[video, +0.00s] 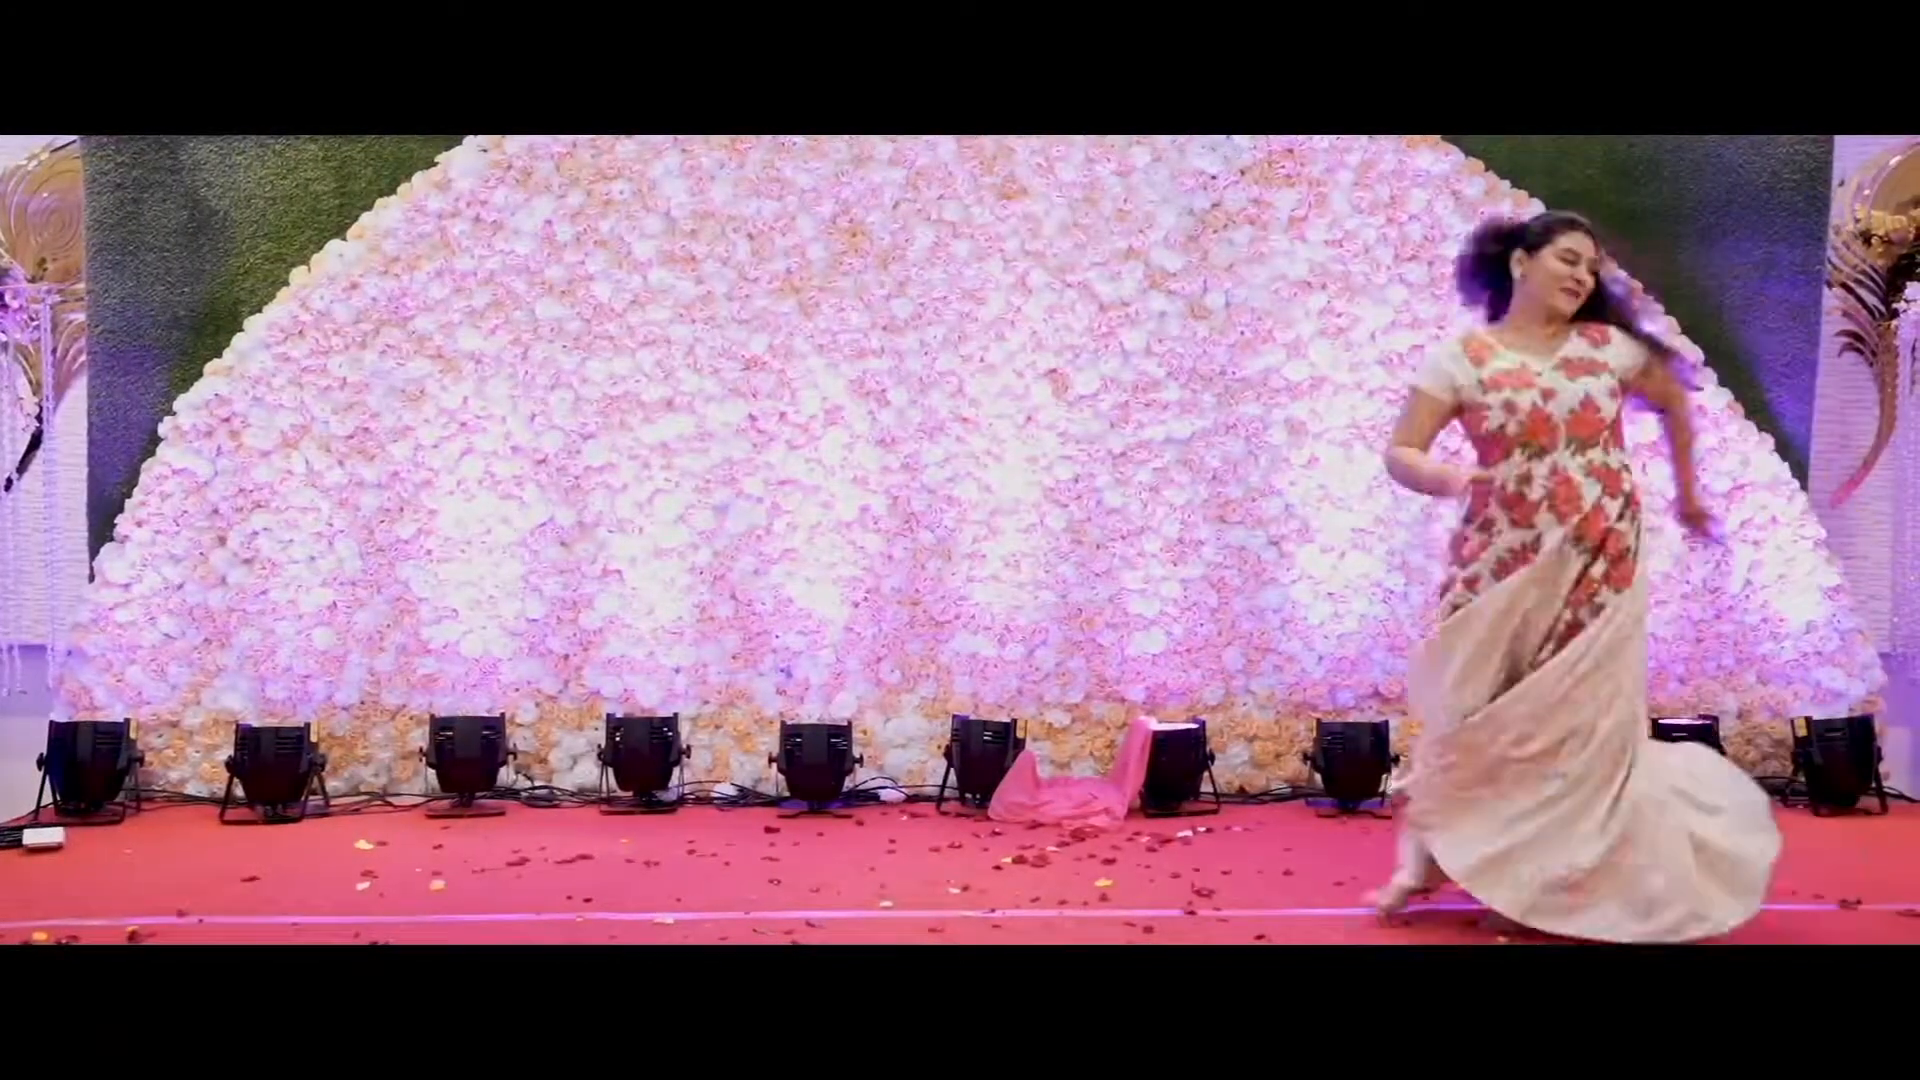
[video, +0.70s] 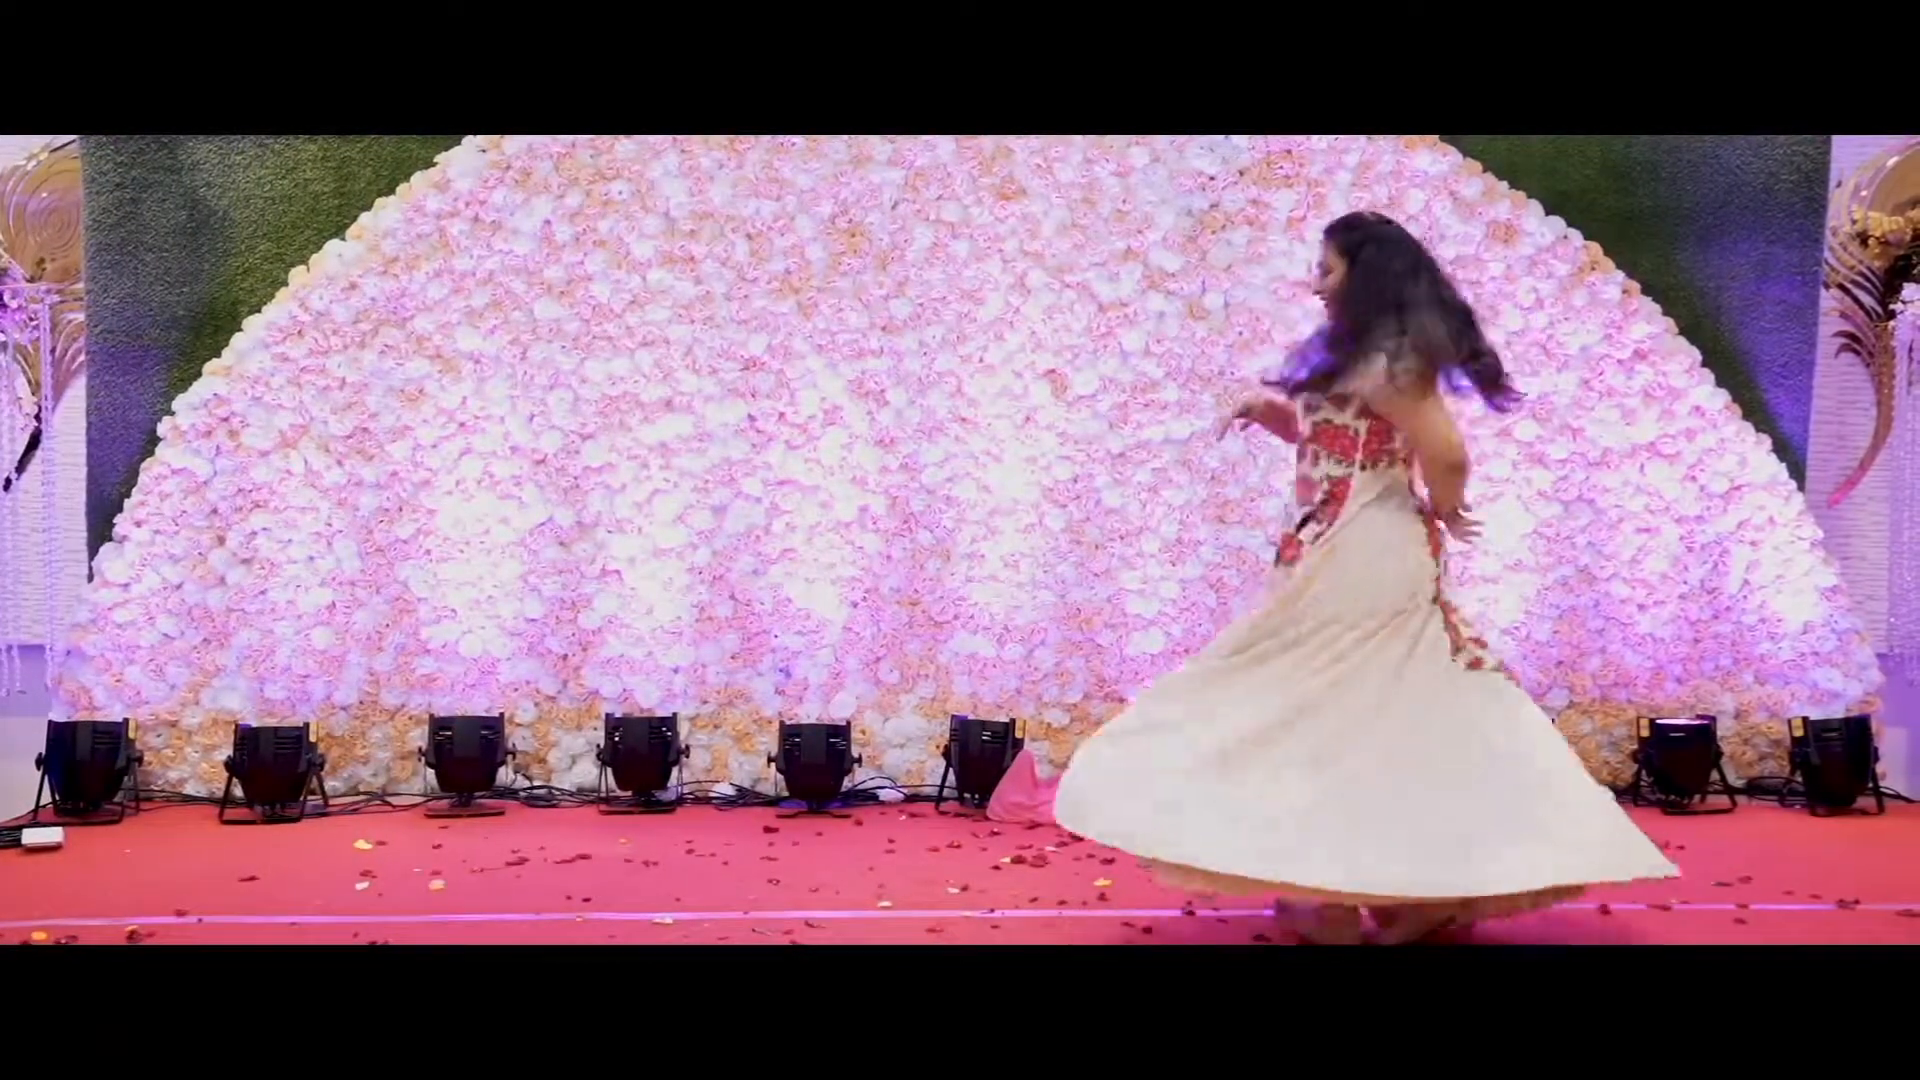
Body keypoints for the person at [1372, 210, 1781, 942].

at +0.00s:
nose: (1583, 275)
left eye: (1591, 269)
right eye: (1567, 258)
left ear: (1593, 285)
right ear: (1521, 261)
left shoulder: (1612, 348)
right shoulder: (1466, 356)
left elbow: (1676, 404)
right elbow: (1402, 455)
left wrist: (1688, 496)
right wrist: (1454, 480)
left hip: (1602, 549)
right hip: (1505, 548)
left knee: (1592, 713)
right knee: (1461, 707)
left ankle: (1568, 881)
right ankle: (1417, 862)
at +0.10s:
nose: (1574, 269)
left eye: (1579, 259)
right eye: (1561, 253)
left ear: (1569, 272)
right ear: (1515, 254)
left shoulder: (1551, 344)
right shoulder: (1480, 334)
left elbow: (1530, 435)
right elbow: (1428, 424)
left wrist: (1572, 472)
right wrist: (1544, 463)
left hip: (1547, 559)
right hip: (1479, 557)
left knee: (1525, 716)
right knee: (1430, 713)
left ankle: (1497, 872)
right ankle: (1354, 865)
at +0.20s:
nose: (1551, 265)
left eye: (1549, 250)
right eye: (1541, 250)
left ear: (1493, 256)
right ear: (1505, 252)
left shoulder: (1442, 332)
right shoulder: (1512, 324)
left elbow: (1367, 391)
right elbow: (1522, 412)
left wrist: (1347, 484)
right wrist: (1622, 453)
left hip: (1431, 530)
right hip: (1483, 540)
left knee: (1470, 707)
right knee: (1418, 714)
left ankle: (1453, 875)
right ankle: (1348, 888)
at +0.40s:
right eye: (1474, 255)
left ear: (1386, 264)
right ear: (1472, 269)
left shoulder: (1356, 338)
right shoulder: (1498, 335)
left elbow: (1264, 390)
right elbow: (1577, 426)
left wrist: (1306, 477)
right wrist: (1495, 436)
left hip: (1376, 525)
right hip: (1461, 532)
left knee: (1369, 697)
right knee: (1432, 708)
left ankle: (1342, 876)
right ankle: (1357, 899)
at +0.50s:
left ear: (1359, 271)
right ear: (1448, 277)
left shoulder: (1335, 339)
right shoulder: (1462, 352)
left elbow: (1313, 417)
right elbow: (1500, 422)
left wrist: (1383, 493)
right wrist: (1438, 431)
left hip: (1351, 532)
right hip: (1443, 536)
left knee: (1326, 707)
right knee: (1408, 713)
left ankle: (1325, 898)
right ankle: (1388, 897)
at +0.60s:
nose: (1337, 270)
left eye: (1342, 258)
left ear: (1348, 275)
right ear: (1430, 276)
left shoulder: (1355, 354)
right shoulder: (1443, 360)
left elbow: (1379, 437)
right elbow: (1395, 432)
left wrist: (1435, 502)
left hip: (1352, 545)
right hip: (1413, 549)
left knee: (1306, 709)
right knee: (1383, 712)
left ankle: (1333, 902)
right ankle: (1408, 894)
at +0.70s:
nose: (1316, 279)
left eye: (1327, 265)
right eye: (1319, 265)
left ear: (1363, 272)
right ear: (1369, 274)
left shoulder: (1387, 361)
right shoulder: (1352, 354)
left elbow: (1448, 452)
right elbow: (1336, 440)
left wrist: (1444, 506)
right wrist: (1276, 411)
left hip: (1371, 549)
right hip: (1359, 542)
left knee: (1310, 705)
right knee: (1388, 717)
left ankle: (1332, 893)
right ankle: (1433, 884)